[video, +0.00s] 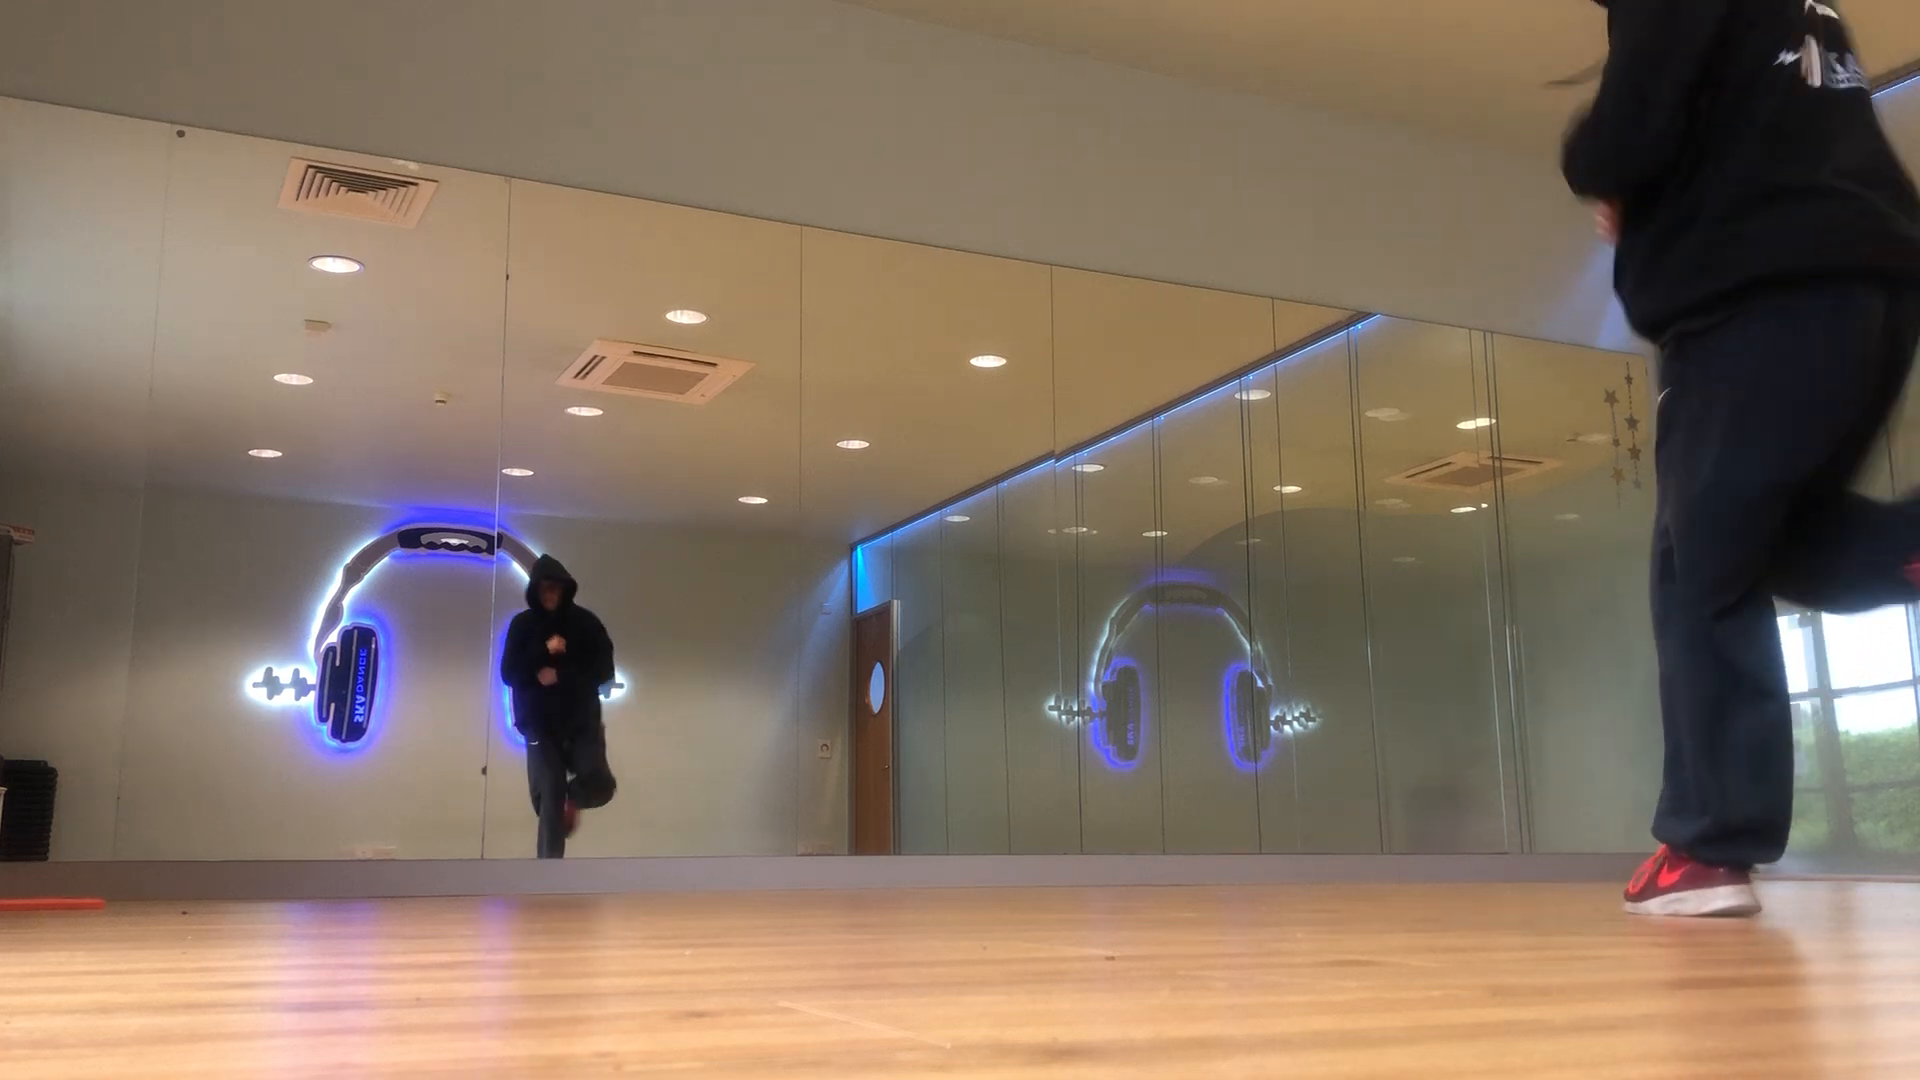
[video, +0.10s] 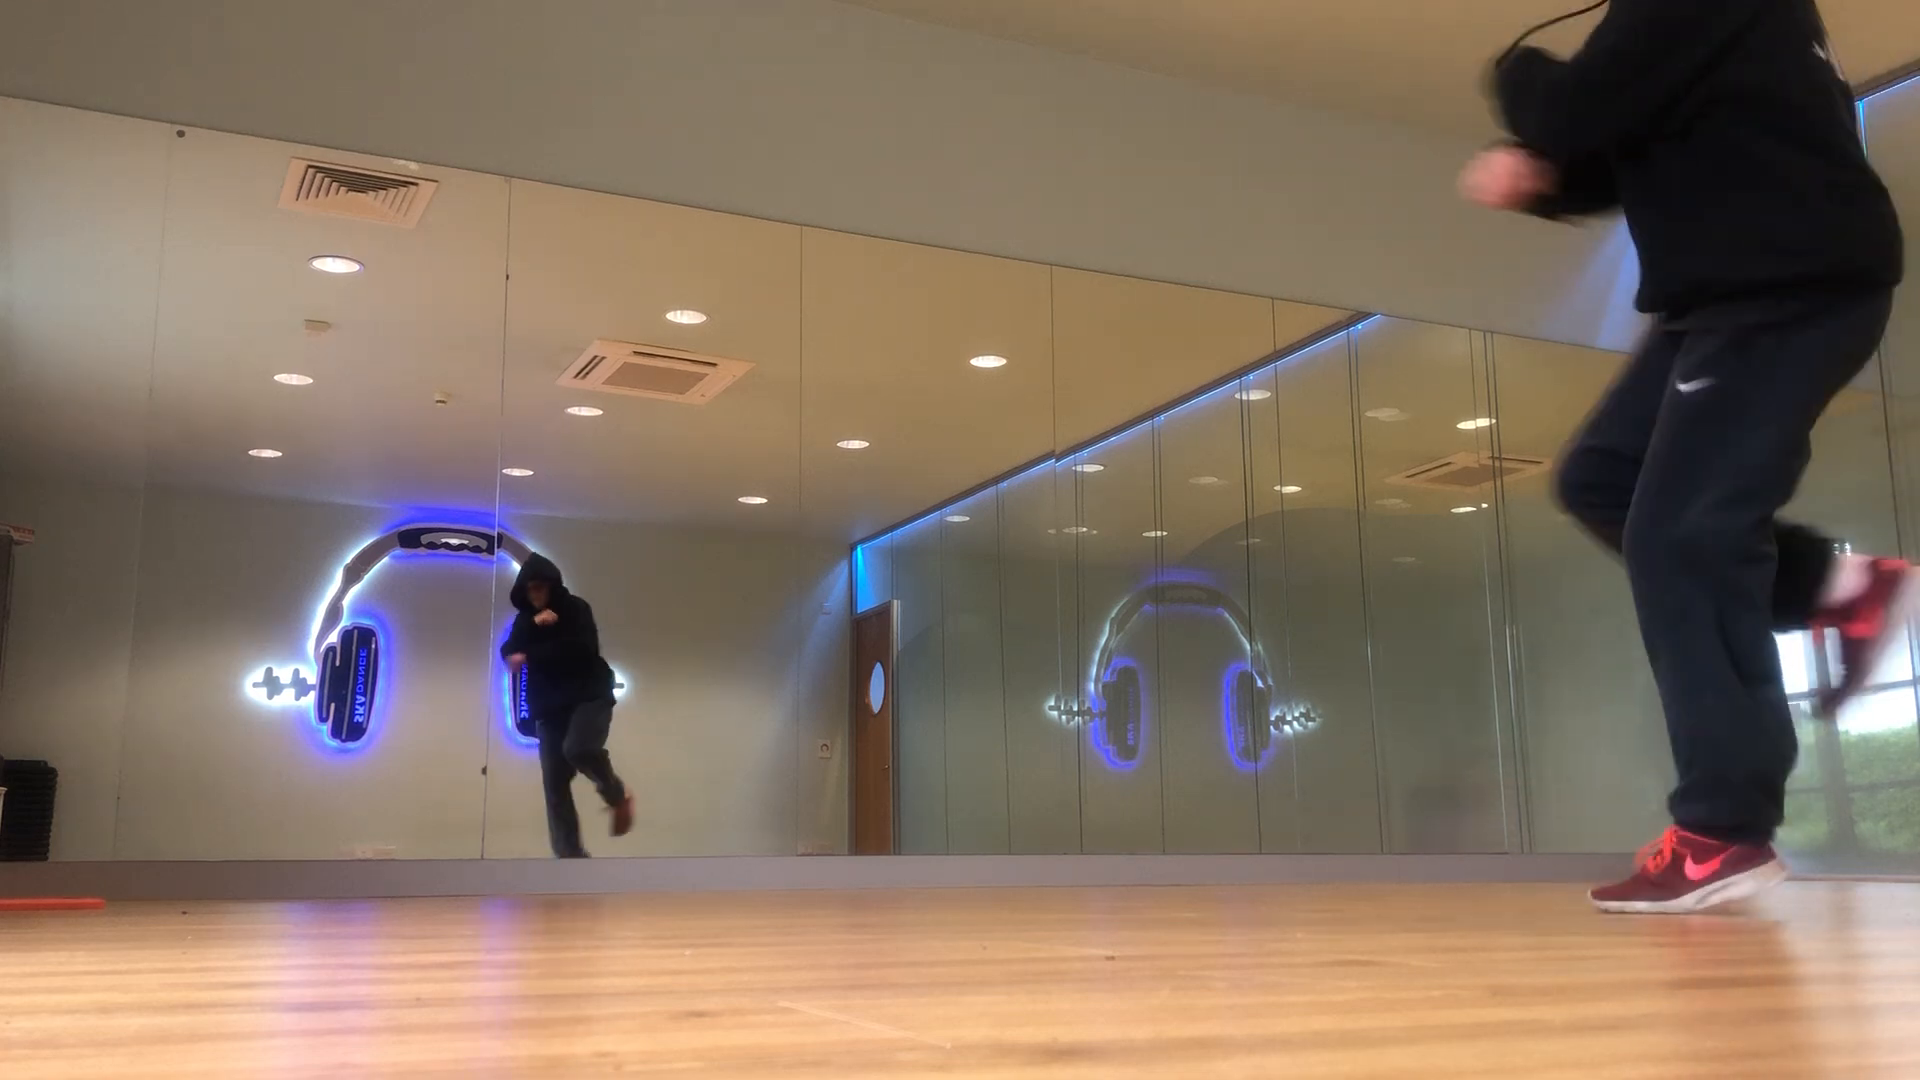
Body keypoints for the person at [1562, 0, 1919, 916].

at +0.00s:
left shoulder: (1670, 4)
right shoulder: (1797, 14)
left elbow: (1629, 127)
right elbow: (1766, 122)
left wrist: (1585, 162)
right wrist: (1638, 183)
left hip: (1763, 283)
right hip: (1866, 276)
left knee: (1702, 565)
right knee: (1775, 535)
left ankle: (1714, 848)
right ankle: (1913, 542)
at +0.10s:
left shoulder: (1707, 1)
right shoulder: (1669, 15)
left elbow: (1578, 116)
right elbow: (1660, 154)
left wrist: (1514, 57)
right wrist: (1548, 181)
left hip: (1792, 278)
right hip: (1721, 283)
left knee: (1683, 535)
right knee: (1598, 481)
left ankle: (1725, 831)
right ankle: (1841, 588)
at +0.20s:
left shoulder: (1741, 11)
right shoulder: (1615, 15)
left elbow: (1631, 107)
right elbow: (1595, 139)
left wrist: (1502, 50)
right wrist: (1499, 147)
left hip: (1769, 308)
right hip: (1660, 313)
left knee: (1681, 559)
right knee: (1539, 499)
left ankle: (1725, 835)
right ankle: (1715, 596)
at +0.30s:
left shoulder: (1784, 15)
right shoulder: (1587, 13)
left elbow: (1735, 123)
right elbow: (1518, 167)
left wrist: (1553, 88)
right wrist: (1616, 179)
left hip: (1742, 316)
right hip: (1608, 309)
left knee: (1661, 560)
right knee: (1532, 505)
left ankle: (1664, 818)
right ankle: (1623, 547)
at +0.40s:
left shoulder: (1776, 24)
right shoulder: (1586, 42)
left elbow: (1748, 159)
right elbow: (1525, 190)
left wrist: (1562, 110)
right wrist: (1631, 187)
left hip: (1741, 349)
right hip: (1602, 337)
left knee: (1690, 597)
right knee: (1599, 492)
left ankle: (1616, 825)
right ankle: (1536, 583)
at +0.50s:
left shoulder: (1775, 34)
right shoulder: (1578, 66)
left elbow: (1846, 182)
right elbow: (1489, 223)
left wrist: (1843, 211)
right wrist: (1529, 319)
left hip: (1739, 354)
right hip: (1618, 352)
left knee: (1700, 591)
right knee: (1727, 471)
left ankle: (1617, 825)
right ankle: (1618, 717)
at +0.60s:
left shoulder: (1801, 36)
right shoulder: (1579, 53)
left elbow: (1913, 110)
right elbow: (1456, 186)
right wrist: (1470, 324)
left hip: (1753, 347)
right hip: (1633, 343)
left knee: (1767, 585)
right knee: (1809, 510)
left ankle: (1656, 802)